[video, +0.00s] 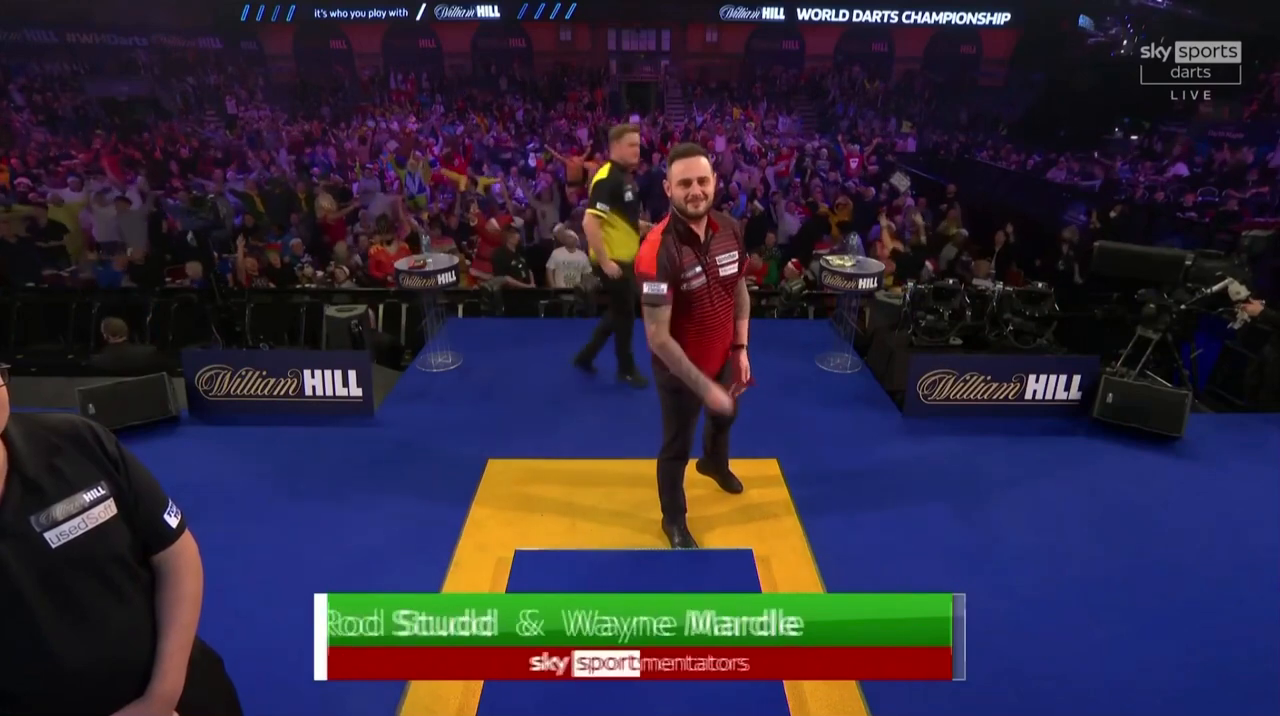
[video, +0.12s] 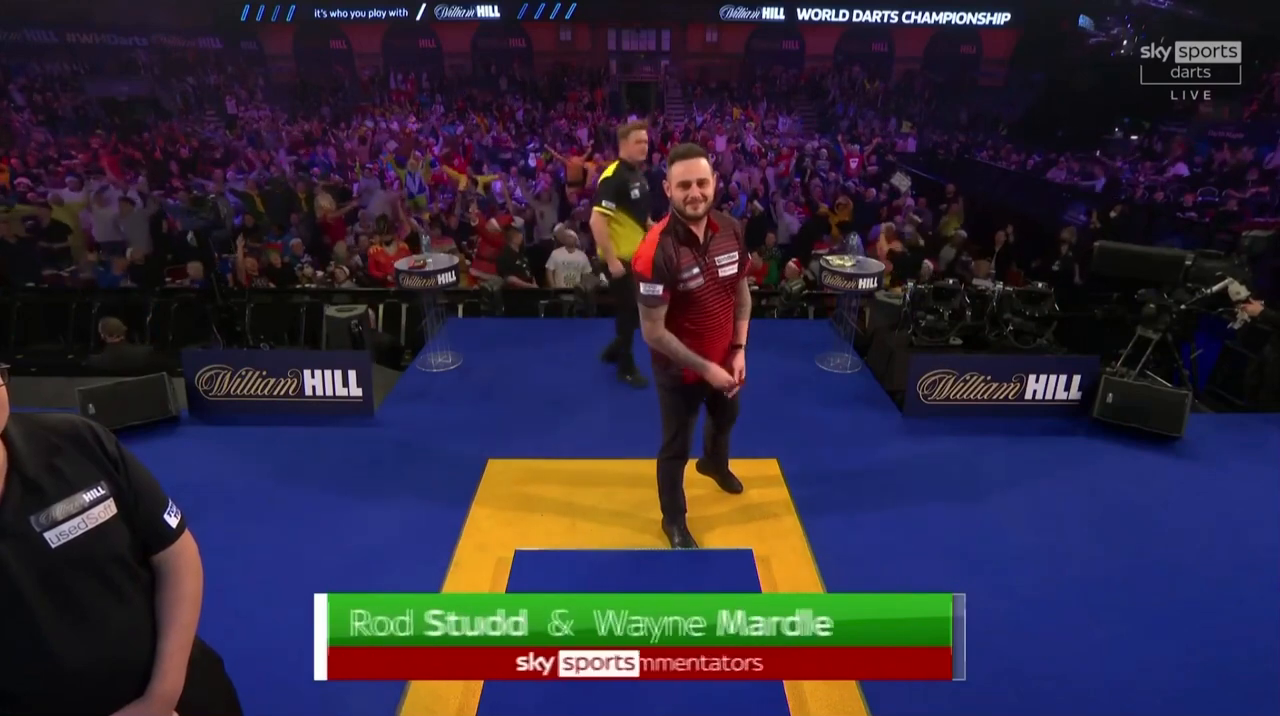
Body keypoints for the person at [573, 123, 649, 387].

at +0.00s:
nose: (637, 150)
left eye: (638, 145)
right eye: (631, 145)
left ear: (637, 148)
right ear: (614, 148)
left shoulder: (627, 178)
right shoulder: (607, 178)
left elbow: (623, 220)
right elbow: (590, 222)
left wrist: (648, 228)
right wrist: (604, 260)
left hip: (628, 258)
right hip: (613, 259)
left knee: (620, 313)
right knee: (624, 314)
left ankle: (585, 356)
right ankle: (626, 369)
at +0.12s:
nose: (644, 147)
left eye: (646, 142)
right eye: (638, 142)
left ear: (646, 145)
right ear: (622, 145)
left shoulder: (640, 175)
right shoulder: (612, 177)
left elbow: (642, 218)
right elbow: (597, 221)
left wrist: (660, 236)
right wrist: (611, 259)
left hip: (638, 255)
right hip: (619, 259)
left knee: (634, 310)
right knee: (628, 313)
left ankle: (616, 348)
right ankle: (627, 365)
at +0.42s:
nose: (659, 145)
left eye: (662, 140)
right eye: (654, 140)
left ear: (666, 143)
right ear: (641, 143)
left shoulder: (667, 171)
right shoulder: (628, 173)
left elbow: (673, 206)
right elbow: (605, 213)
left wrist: (674, 236)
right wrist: (626, 242)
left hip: (663, 251)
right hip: (634, 253)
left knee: (664, 308)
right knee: (631, 310)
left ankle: (667, 367)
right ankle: (627, 368)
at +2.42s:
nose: (619, 147)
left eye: (624, 142)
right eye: (614, 142)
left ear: (632, 143)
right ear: (608, 145)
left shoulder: (649, 173)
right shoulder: (598, 174)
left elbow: (661, 207)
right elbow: (581, 208)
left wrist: (644, 225)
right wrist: (598, 224)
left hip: (638, 251)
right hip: (609, 252)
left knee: (640, 306)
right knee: (615, 307)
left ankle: (642, 354)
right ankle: (619, 354)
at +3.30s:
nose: (632, 174)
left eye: (636, 168)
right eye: (626, 168)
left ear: (645, 163)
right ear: (618, 164)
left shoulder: (663, 191)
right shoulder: (605, 191)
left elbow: (675, 229)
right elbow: (586, 228)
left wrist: (654, 250)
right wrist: (611, 251)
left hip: (647, 276)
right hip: (612, 275)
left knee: (643, 337)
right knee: (610, 337)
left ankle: (641, 389)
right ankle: (615, 388)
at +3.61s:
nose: (621, 190)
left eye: (626, 183)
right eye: (616, 184)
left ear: (636, 176)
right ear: (606, 179)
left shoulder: (656, 202)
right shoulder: (594, 207)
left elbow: (670, 244)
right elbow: (575, 248)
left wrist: (647, 267)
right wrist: (607, 272)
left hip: (642, 292)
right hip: (606, 293)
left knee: (640, 350)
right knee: (607, 367)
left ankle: (640, 391)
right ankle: (603, 440)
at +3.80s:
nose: (615, 196)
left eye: (620, 189)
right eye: (609, 190)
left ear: (630, 180)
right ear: (599, 182)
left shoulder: (649, 203)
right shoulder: (585, 209)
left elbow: (660, 244)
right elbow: (561, 252)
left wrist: (646, 276)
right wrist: (590, 285)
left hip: (635, 304)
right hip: (596, 306)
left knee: (641, 367)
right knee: (600, 377)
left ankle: (633, 397)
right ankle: (603, 444)